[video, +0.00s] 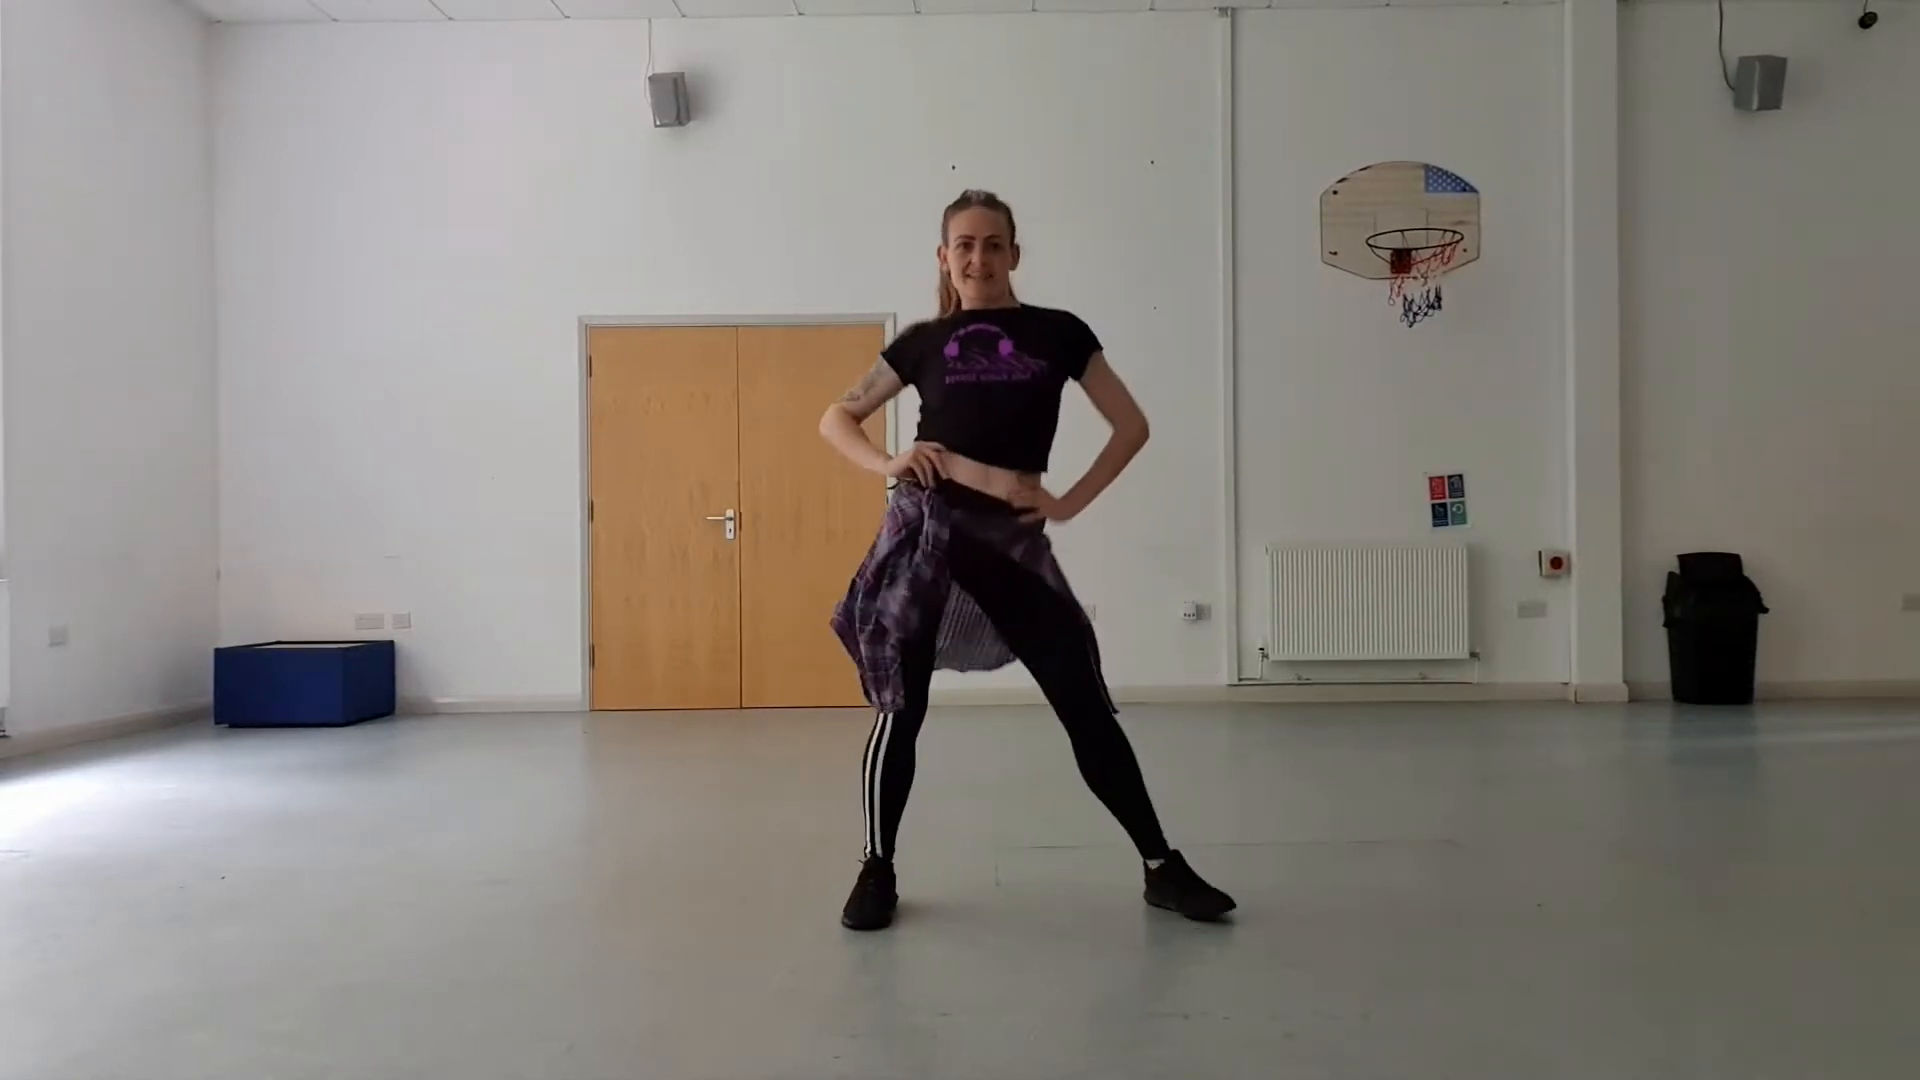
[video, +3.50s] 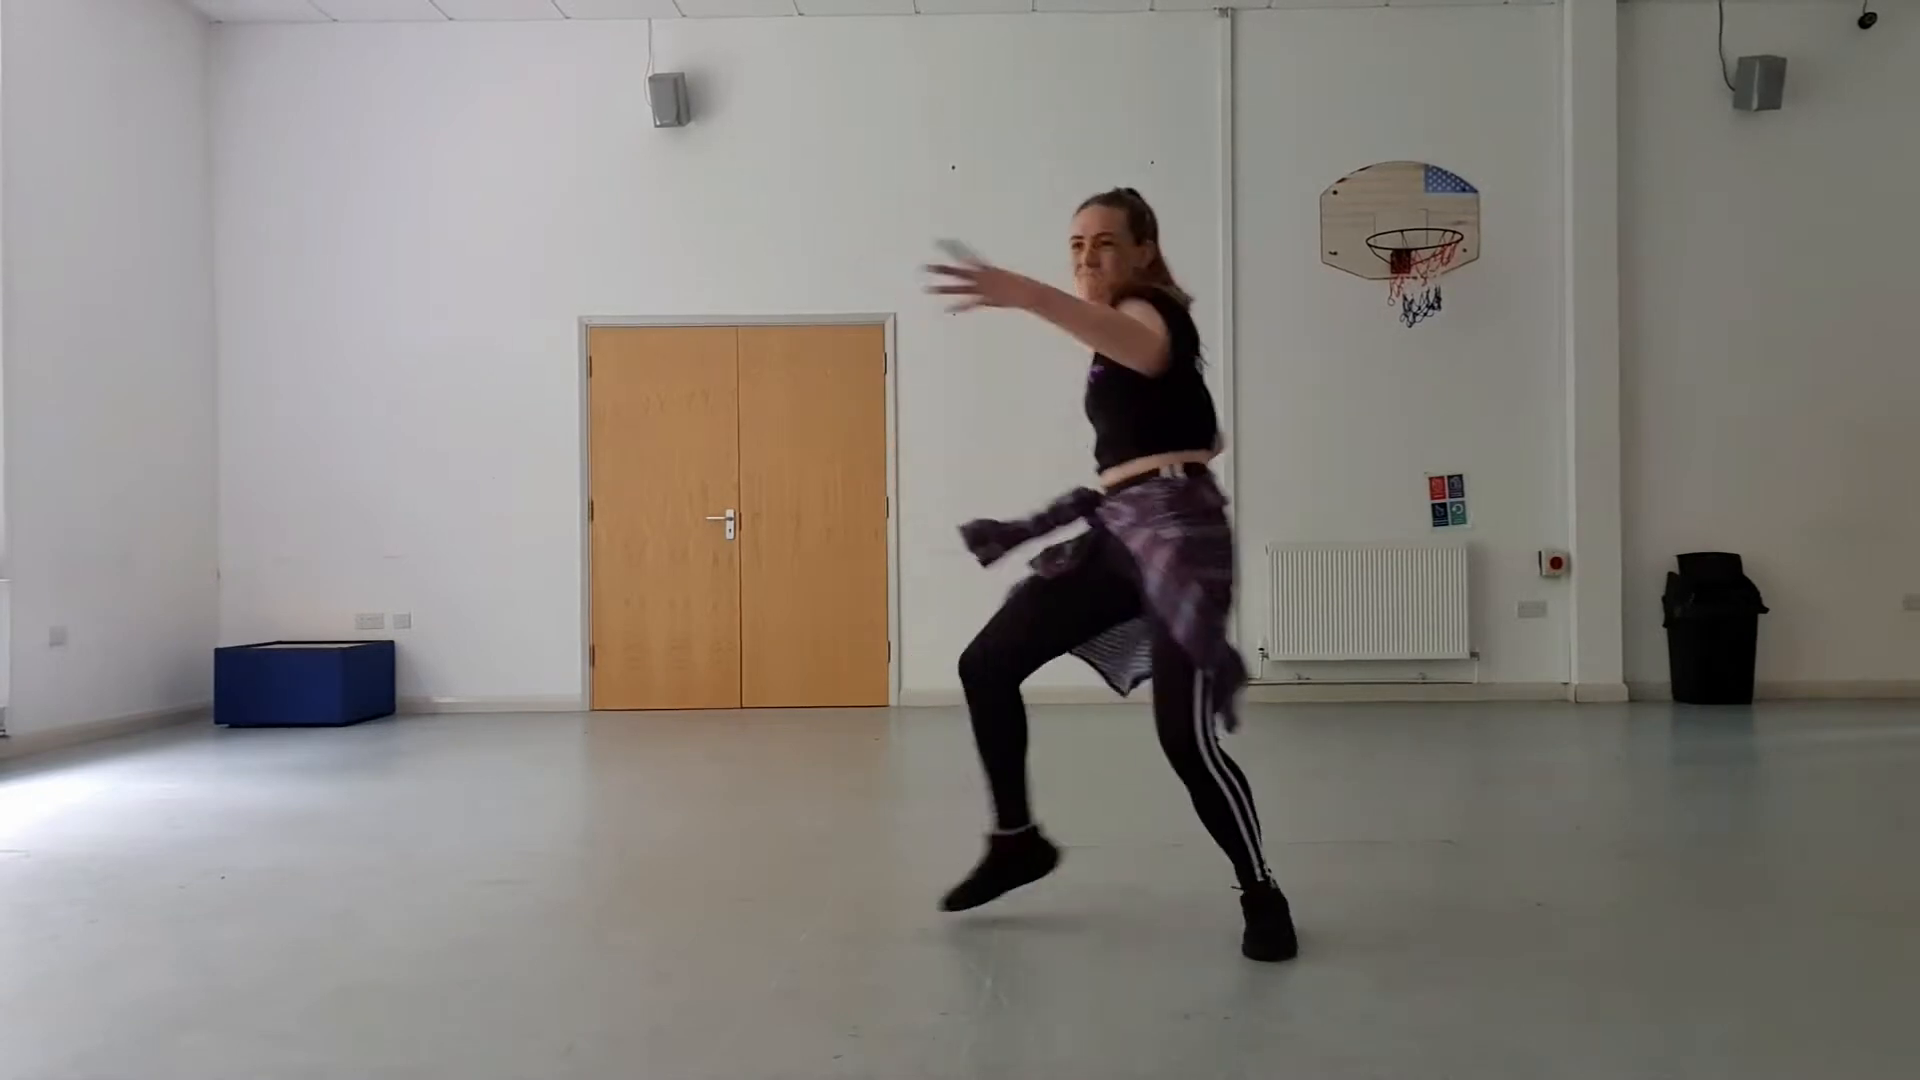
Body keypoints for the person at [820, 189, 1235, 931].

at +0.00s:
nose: (980, 256)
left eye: (993, 243)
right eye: (966, 244)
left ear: (1013, 252)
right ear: (944, 255)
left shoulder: (1058, 334)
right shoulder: (924, 342)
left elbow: (1131, 427)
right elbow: (836, 420)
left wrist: (1069, 502)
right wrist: (884, 462)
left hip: (1012, 536)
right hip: (924, 530)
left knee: (1086, 705)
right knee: (901, 704)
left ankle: (1162, 865)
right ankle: (876, 869)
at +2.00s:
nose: (984, 238)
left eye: (996, 226)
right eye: (968, 235)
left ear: (1024, 244)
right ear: (955, 264)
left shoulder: (1074, 327)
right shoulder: (938, 333)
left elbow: (1141, 426)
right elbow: (850, 402)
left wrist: (1082, 501)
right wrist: (894, 457)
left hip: (1023, 530)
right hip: (934, 521)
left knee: (1095, 700)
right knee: (905, 697)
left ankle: (1161, 864)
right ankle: (878, 868)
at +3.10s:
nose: (984, 204)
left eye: (1003, 195)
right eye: (980, 195)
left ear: (1042, 214)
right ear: (974, 213)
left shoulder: (1066, 279)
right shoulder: (961, 294)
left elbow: (1179, 306)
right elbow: (960, 392)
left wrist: (1091, 365)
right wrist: (951, 458)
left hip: (1062, 490)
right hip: (984, 501)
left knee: (1131, 672)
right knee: (974, 685)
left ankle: (1231, 836)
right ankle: (965, 853)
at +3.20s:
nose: (1013, 219)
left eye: (1028, 207)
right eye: (1007, 208)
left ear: (1064, 217)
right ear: (1000, 219)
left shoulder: (1078, 261)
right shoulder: (1005, 295)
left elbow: (1081, 230)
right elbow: (984, 283)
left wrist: (1019, 328)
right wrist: (987, 288)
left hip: (1061, 496)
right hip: (989, 502)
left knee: (1147, 683)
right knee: (988, 691)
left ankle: (1247, 860)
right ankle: (975, 854)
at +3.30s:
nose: (1043, 241)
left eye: (1064, 231)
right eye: (1036, 230)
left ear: (1097, 242)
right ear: (1027, 237)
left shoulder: (1099, 285)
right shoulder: (1052, 307)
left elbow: (1025, 273)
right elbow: (1030, 318)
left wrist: (935, 273)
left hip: (1077, 501)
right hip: (1012, 502)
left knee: (1131, 705)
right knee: (997, 698)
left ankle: (1242, 883)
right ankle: (980, 857)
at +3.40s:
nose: (1070, 254)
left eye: (1088, 241)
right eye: (1061, 244)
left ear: (1127, 246)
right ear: (1056, 251)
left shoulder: (1130, 296)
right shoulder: (1090, 313)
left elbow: (1043, 289)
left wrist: (944, 268)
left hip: (1121, 519)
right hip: (1063, 517)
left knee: (1146, 728)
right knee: (998, 695)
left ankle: (1251, 891)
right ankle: (986, 854)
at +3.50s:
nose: (1087, 259)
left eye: (1105, 245)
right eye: (1077, 247)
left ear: (1146, 254)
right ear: (1073, 259)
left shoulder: (1155, 313)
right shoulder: (1114, 341)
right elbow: (1128, 476)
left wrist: (1030, 296)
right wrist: (1029, 530)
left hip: (1179, 532)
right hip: (1122, 533)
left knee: (1186, 734)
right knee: (986, 664)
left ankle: (1260, 893)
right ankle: (1015, 837)